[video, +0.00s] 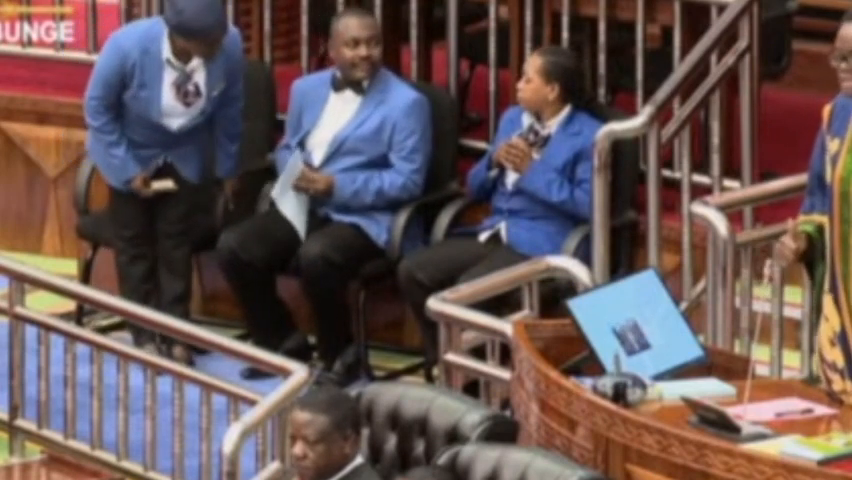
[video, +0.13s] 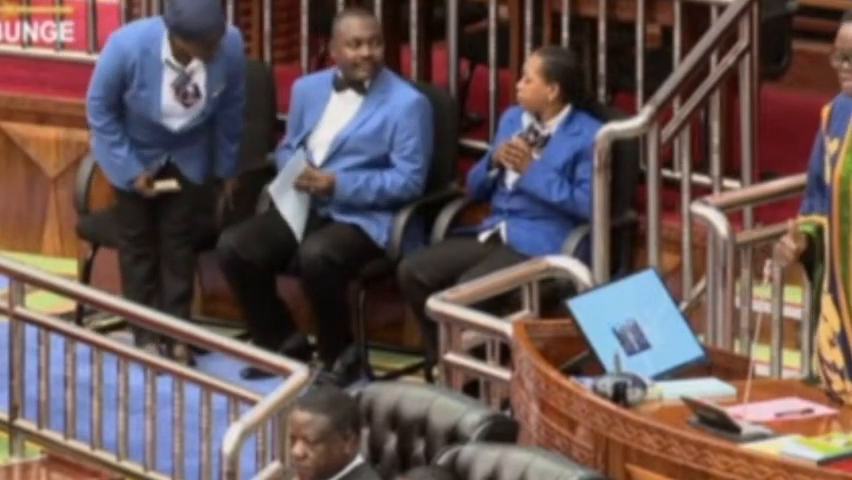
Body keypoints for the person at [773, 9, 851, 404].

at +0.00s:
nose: (844, 68)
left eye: (849, 58)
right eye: (840, 58)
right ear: (832, 59)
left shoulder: (838, 114)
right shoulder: (835, 114)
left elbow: (821, 199)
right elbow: (818, 195)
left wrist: (805, 237)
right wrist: (803, 237)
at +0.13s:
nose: (845, 67)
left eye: (849, 57)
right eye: (841, 57)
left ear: (851, 59)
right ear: (832, 59)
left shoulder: (837, 114)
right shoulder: (834, 114)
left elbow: (820, 201)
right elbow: (817, 197)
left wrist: (805, 238)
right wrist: (803, 239)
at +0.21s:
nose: (846, 67)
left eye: (851, 56)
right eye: (842, 56)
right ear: (833, 58)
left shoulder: (836, 114)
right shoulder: (833, 114)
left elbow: (819, 204)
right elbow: (816, 200)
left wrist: (803, 236)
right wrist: (801, 237)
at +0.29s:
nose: (847, 66)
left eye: (850, 55)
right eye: (842, 55)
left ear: (848, 57)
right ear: (833, 58)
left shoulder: (833, 118)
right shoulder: (829, 117)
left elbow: (824, 216)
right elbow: (824, 214)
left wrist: (804, 229)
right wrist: (800, 228)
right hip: (832, 315)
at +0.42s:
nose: (846, 66)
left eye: (848, 56)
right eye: (841, 56)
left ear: (846, 58)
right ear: (833, 58)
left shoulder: (831, 118)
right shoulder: (828, 118)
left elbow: (819, 215)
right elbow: (818, 213)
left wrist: (797, 231)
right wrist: (795, 232)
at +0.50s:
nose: (848, 68)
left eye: (851, 57)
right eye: (842, 57)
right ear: (832, 58)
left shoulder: (830, 118)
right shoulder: (828, 118)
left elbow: (817, 218)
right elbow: (817, 216)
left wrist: (795, 233)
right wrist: (792, 234)